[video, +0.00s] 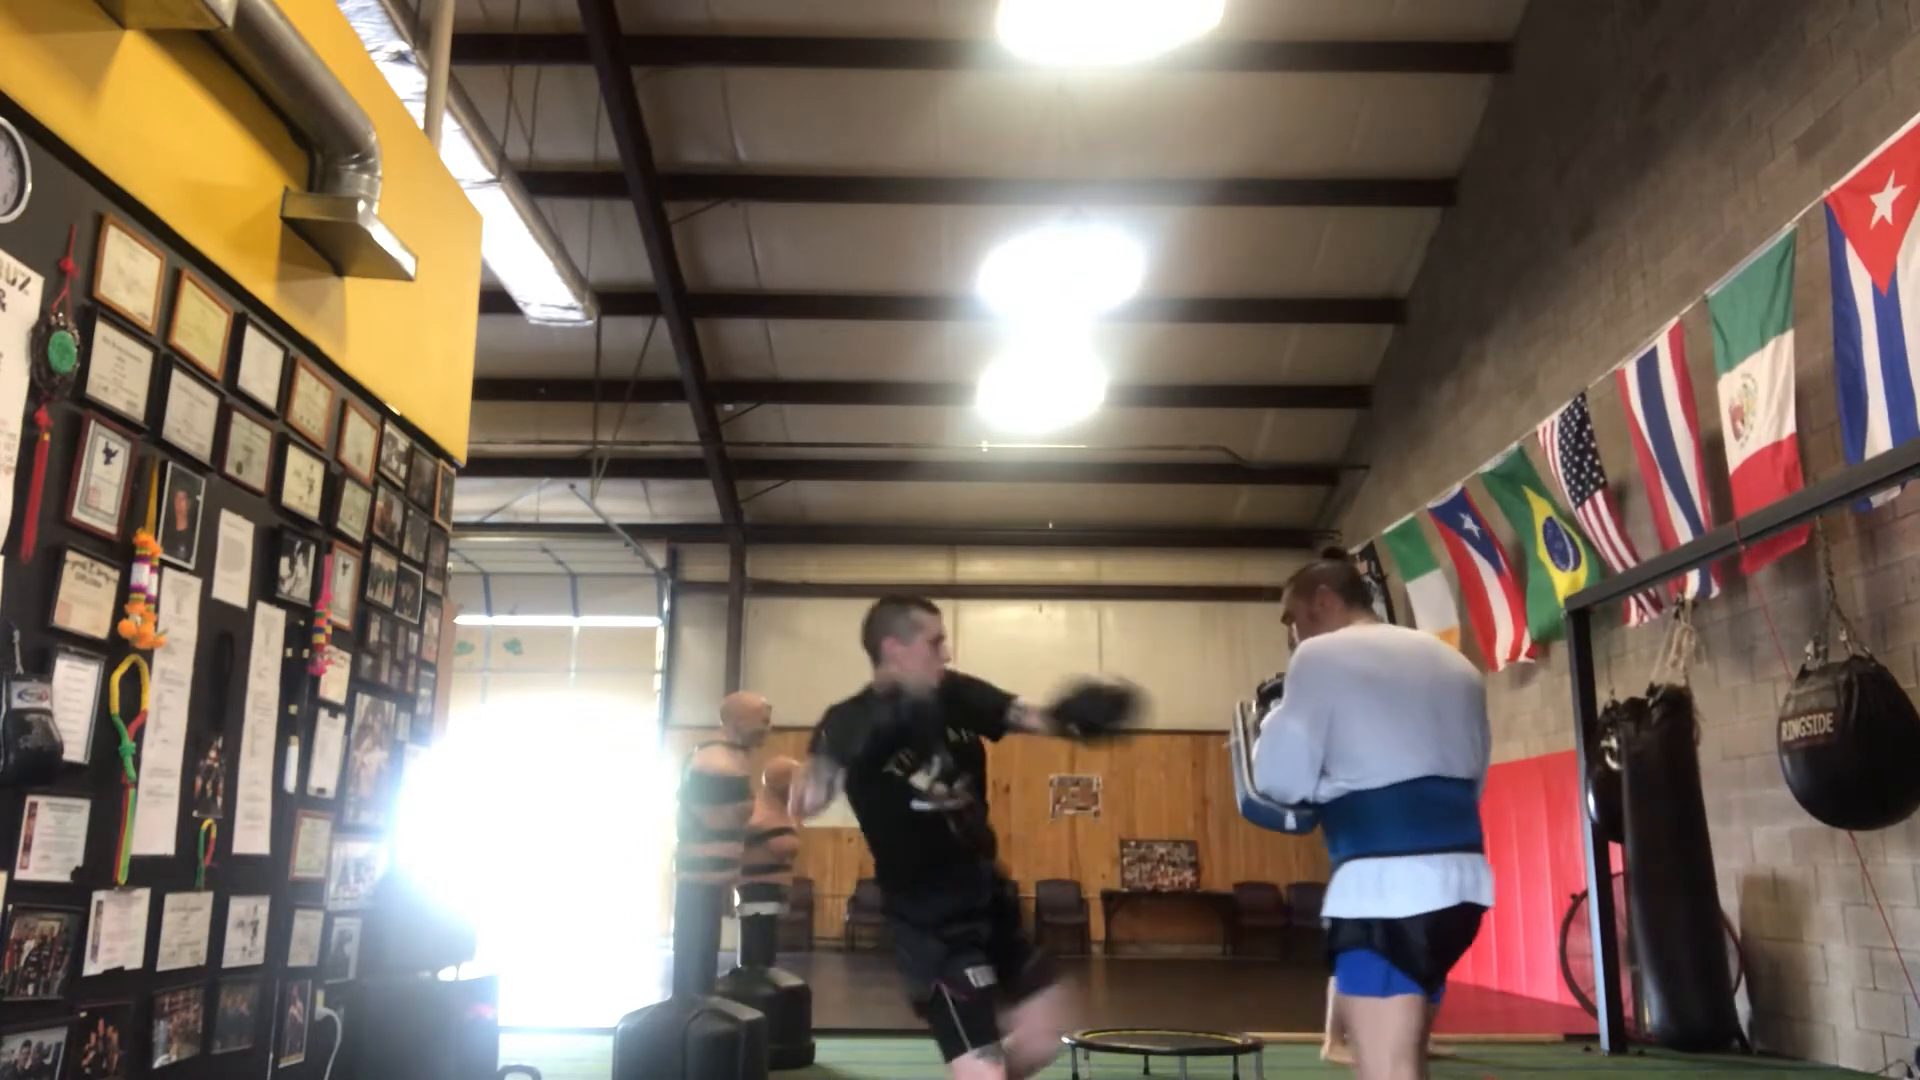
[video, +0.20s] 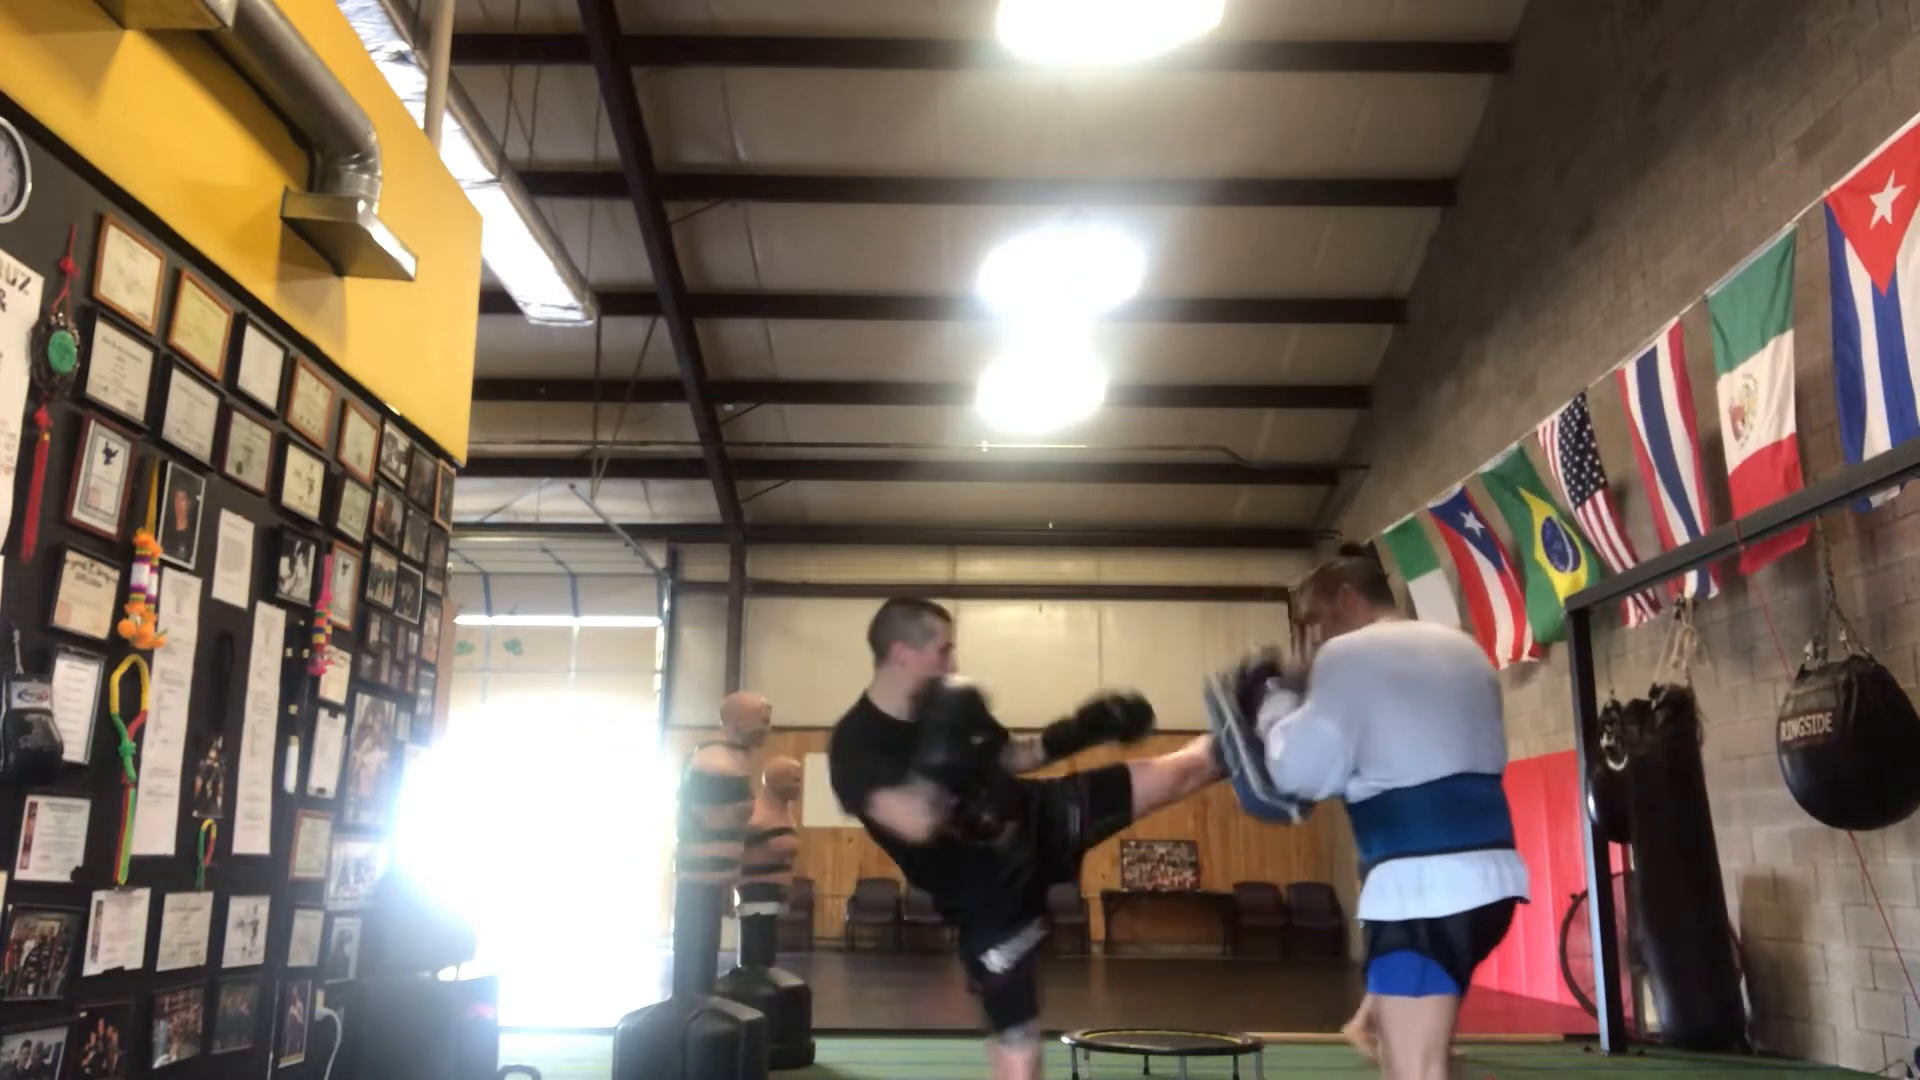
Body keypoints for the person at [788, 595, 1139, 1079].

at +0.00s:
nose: (945, 653)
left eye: (943, 641)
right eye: (933, 643)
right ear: (891, 649)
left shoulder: (956, 694)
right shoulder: (852, 720)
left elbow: (1029, 717)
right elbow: (804, 806)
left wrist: (1075, 716)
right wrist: (872, 724)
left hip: (987, 897)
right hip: (925, 916)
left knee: (1046, 1033)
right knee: (980, 1067)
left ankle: (985, 1071)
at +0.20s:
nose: (951, 664)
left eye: (951, 651)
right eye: (942, 652)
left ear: (905, 653)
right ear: (900, 653)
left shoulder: (942, 705)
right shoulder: (854, 745)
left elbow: (1005, 756)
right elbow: (915, 821)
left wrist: (1079, 731)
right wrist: (945, 742)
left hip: (1035, 819)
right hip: (989, 898)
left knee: (1185, 768)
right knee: (1020, 1059)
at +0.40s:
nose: (991, 651)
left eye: (990, 640)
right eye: (982, 640)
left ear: (947, 644)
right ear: (943, 643)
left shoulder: (959, 700)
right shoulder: (905, 720)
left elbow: (1010, 762)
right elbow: (1006, 772)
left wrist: (1032, 684)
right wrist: (1029, 684)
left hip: (1038, 853)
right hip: (986, 905)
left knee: (1184, 872)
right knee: (1020, 1066)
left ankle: (1256, 959)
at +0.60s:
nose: (1040, 644)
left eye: (1039, 633)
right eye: (1031, 633)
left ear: (997, 639)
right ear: (995, 638)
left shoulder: (1002, 706)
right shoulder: (955, 709)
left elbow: (1047, 778)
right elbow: (1049, 775)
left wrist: (1069, 698)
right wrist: (1070, 695)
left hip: (1042, 909)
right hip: (986, 920)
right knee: (1016, 1070)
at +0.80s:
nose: (1069, 657)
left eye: (1071, 647)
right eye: (1062, 645)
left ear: (1032, 646)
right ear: (1026, 644)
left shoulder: (1051, 711)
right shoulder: (963, 696)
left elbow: (1114, 783)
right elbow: (1028, 773)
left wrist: (1172, 736)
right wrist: (1065, 700)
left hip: (1040, 910)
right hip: (970, 911)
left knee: (1082, 1070)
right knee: (1000, 1070)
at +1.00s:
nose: (1037, 698)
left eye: (1038, 686)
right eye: (1030, 685)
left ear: (997, 685)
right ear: (992, 683)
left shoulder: (1025, 753)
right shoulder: (923, 750)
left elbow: (1093, 827)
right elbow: (992, 834)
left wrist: (1169, 812)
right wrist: (1038, 752)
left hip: (1024, 959)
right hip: (952, 968)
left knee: (1097, 1072)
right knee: (953, 1072)